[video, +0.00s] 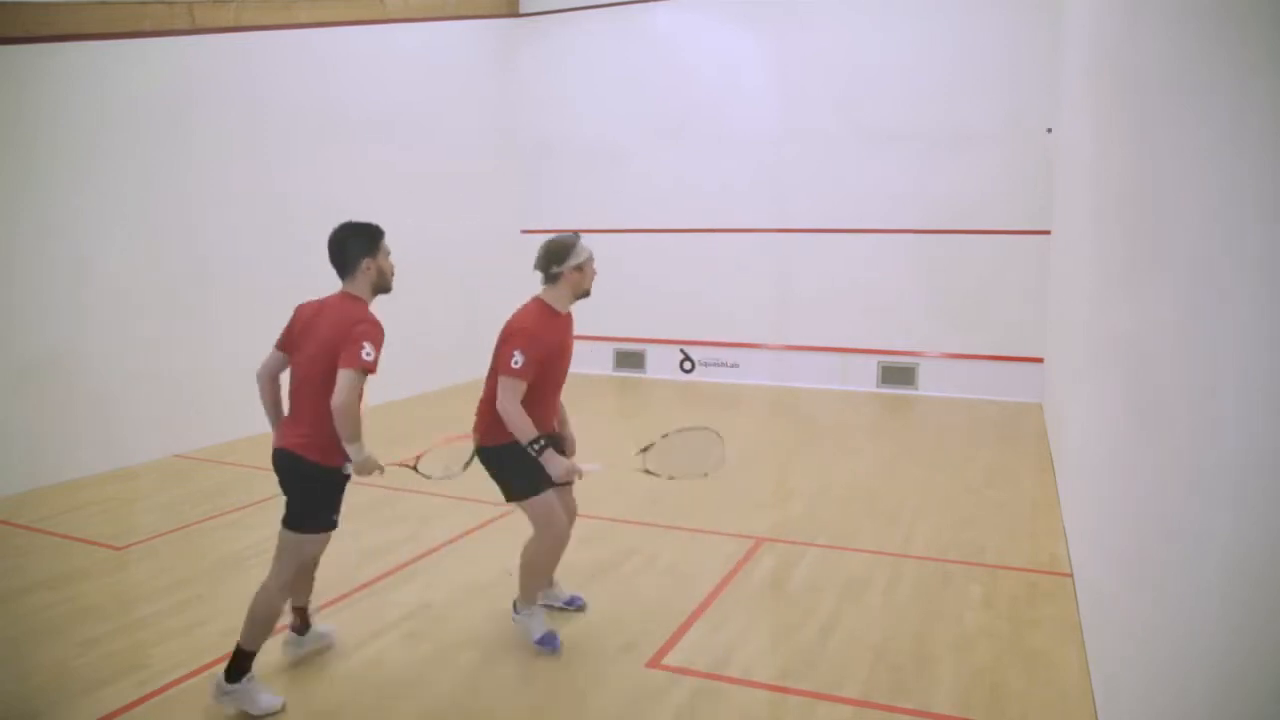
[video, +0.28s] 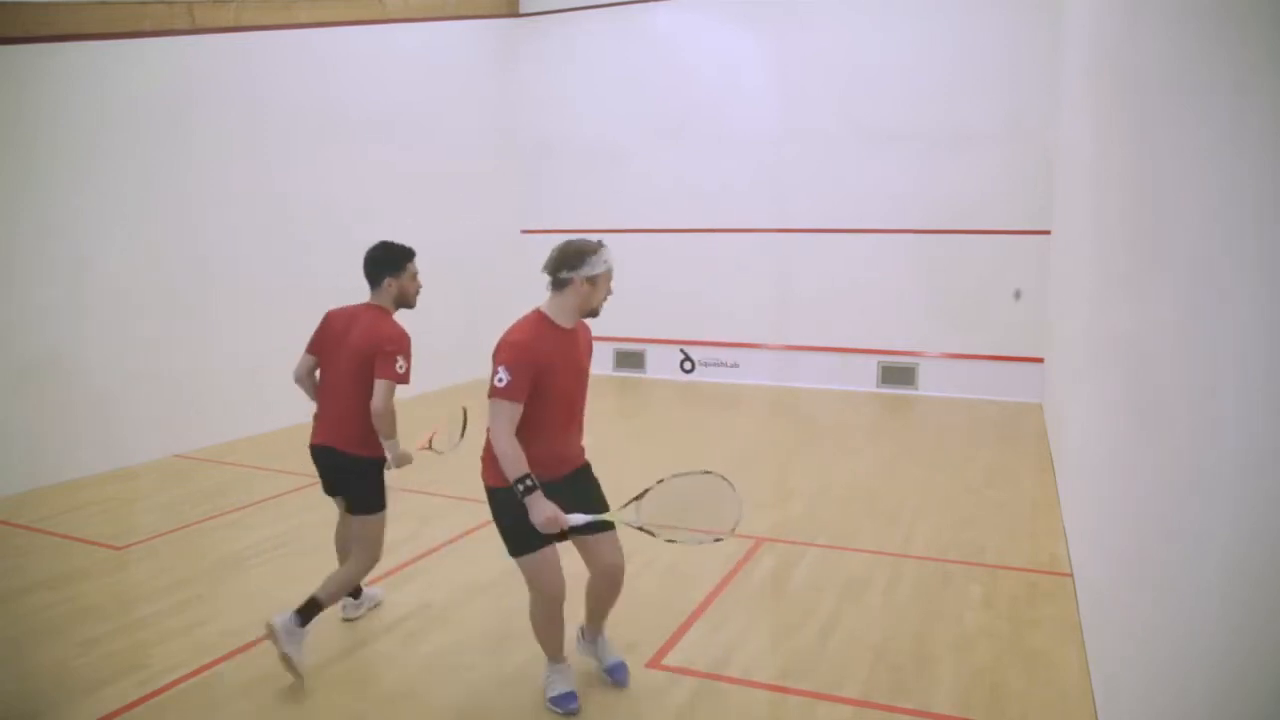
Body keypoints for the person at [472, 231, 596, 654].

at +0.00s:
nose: (594, 272)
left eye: (592, 264)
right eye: (588, 266)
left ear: (564, 272)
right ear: (565, 272)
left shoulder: (562, 316)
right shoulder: (527, 327)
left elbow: (548, 382)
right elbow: (507, 402)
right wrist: (545, 454)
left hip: (538, 430)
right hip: (502, 439)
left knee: (566, 512)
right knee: (552, 523)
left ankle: (543, 587)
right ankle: (525, 607)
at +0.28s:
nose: (610, 289)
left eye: (610, 280)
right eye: (605, 280)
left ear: (577, 282)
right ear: (577, 282)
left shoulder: (581, 335)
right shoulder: (520, 344)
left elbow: (566, 409)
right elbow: (500, 431)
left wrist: (571, 465)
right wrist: (532, 497)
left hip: (570, 471)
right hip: (516, 483)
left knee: (610, 567)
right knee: (548, 586)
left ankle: (591, 636)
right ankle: (556, 666)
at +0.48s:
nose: (625, 303)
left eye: (628, 292)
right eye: (623, 290)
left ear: (590, 287)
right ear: (592, 285)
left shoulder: (594, 346)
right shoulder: (523, 347)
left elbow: (576, 433)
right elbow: (502, 442)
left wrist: (595, 494)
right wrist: (526, 511)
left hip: (574, 502)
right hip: (512, 505)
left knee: (588, 622)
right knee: (538, 625)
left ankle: (590, 717)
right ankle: (530, 674)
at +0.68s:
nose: (629, 340)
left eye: (632, 330)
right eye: (627, 329)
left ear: (595, 321)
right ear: (595, 321)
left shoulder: (597, 371)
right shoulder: (514, 382)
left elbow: (609, 426)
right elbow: (478, 482)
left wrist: (653, 474)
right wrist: (476, 542)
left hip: (556, 525)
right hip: (493, 533)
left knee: (602, 639)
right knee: (501, 668)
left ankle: (600, 718)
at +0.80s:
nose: (630, 372)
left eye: (632, 361)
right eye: (626, 360)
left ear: (593, 355)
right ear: (591, 354)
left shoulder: (588, 406)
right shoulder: (506, 417)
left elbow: (608, 425)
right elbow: (463, 513)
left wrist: (634, 447)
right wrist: (451, 565)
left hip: (539, 545)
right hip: (479, 557)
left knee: (604, 641)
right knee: (497, 689)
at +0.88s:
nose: (632, 392)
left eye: (634, 379)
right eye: (628, 380)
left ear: (593, 377)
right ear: (593, 375)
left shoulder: (583, 417)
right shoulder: (506, 441)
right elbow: (467, 542)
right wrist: (454, 597)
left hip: (524, 552)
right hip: (463, 570)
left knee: (606, 640)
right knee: (508, 701)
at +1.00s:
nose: (626, 397)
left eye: (626, 385)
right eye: (620, 385)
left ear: (584, 384)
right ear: (584, 383)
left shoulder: (541, 409)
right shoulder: (517, 462)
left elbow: (465, 455)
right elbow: (534, 583)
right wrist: (565, 651)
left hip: (502, 560)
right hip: (450, 583)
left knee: (596, 637)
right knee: (524, 702)